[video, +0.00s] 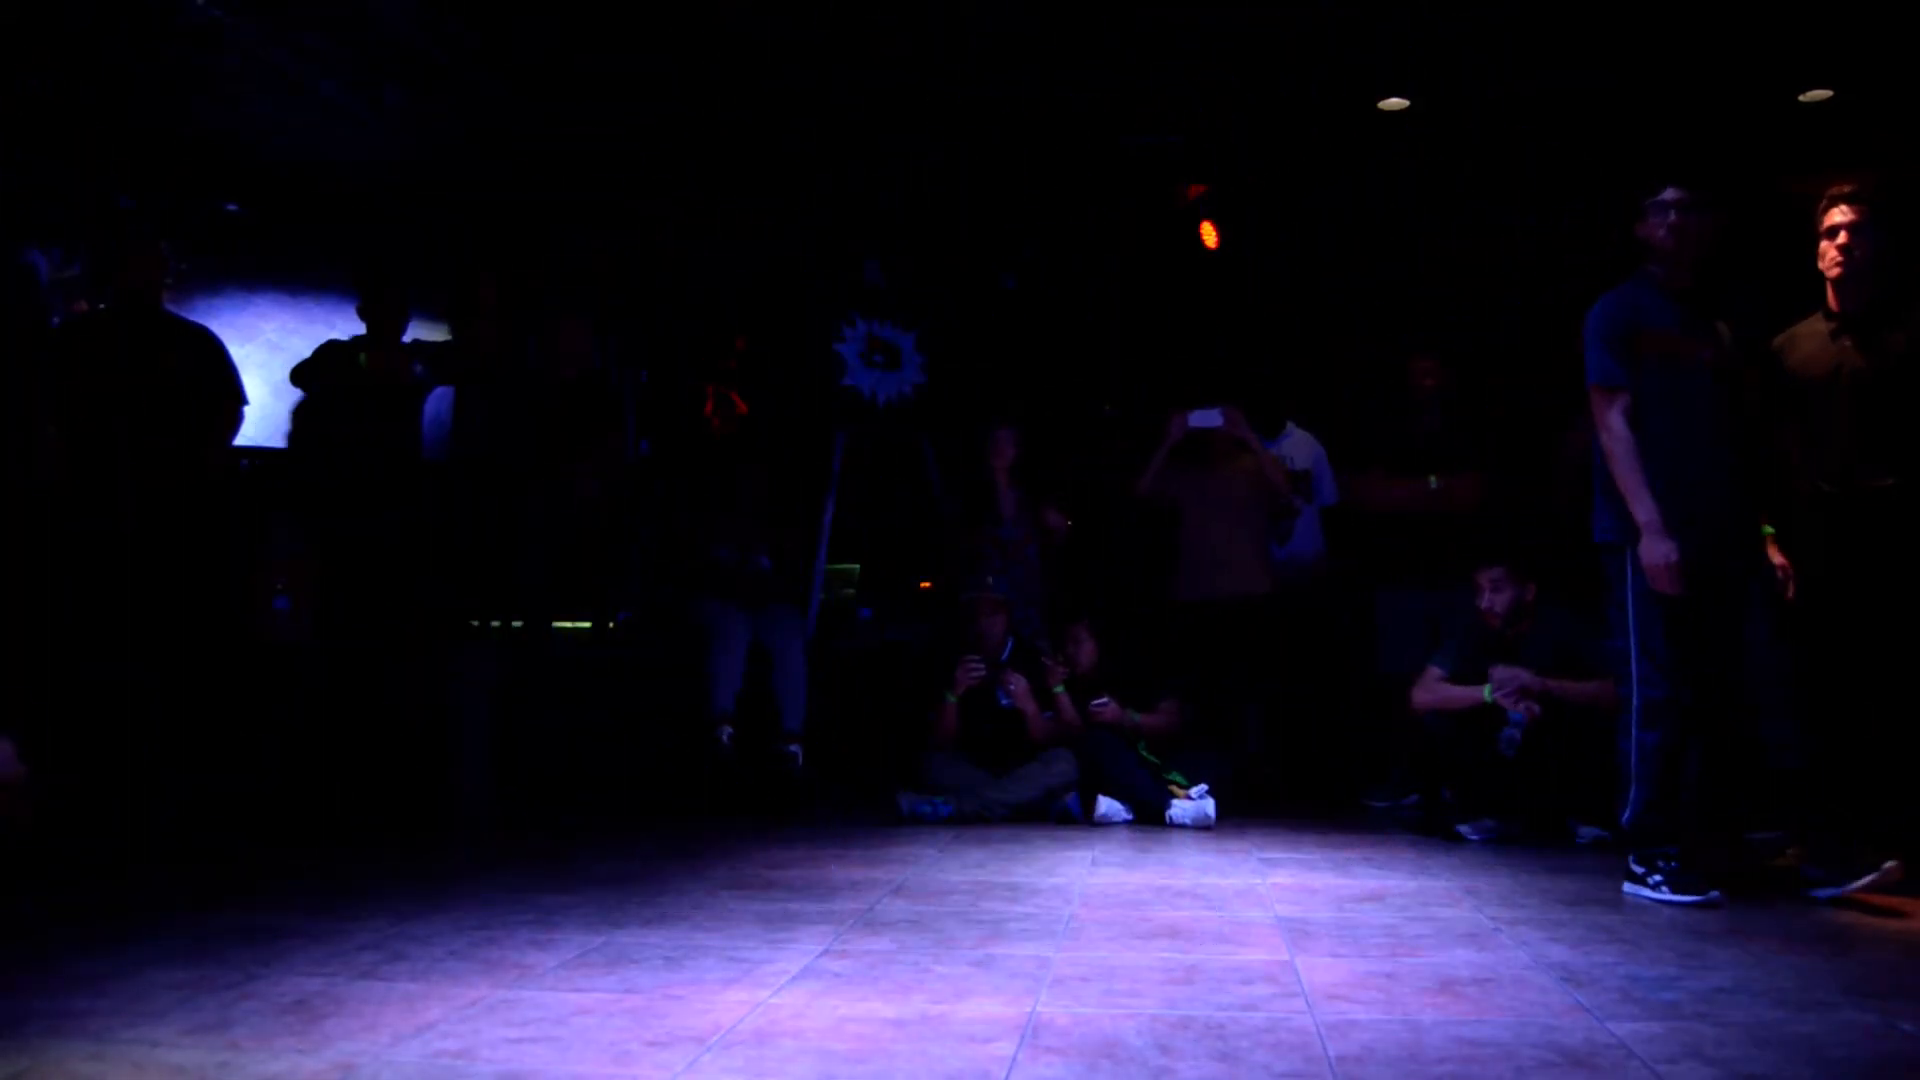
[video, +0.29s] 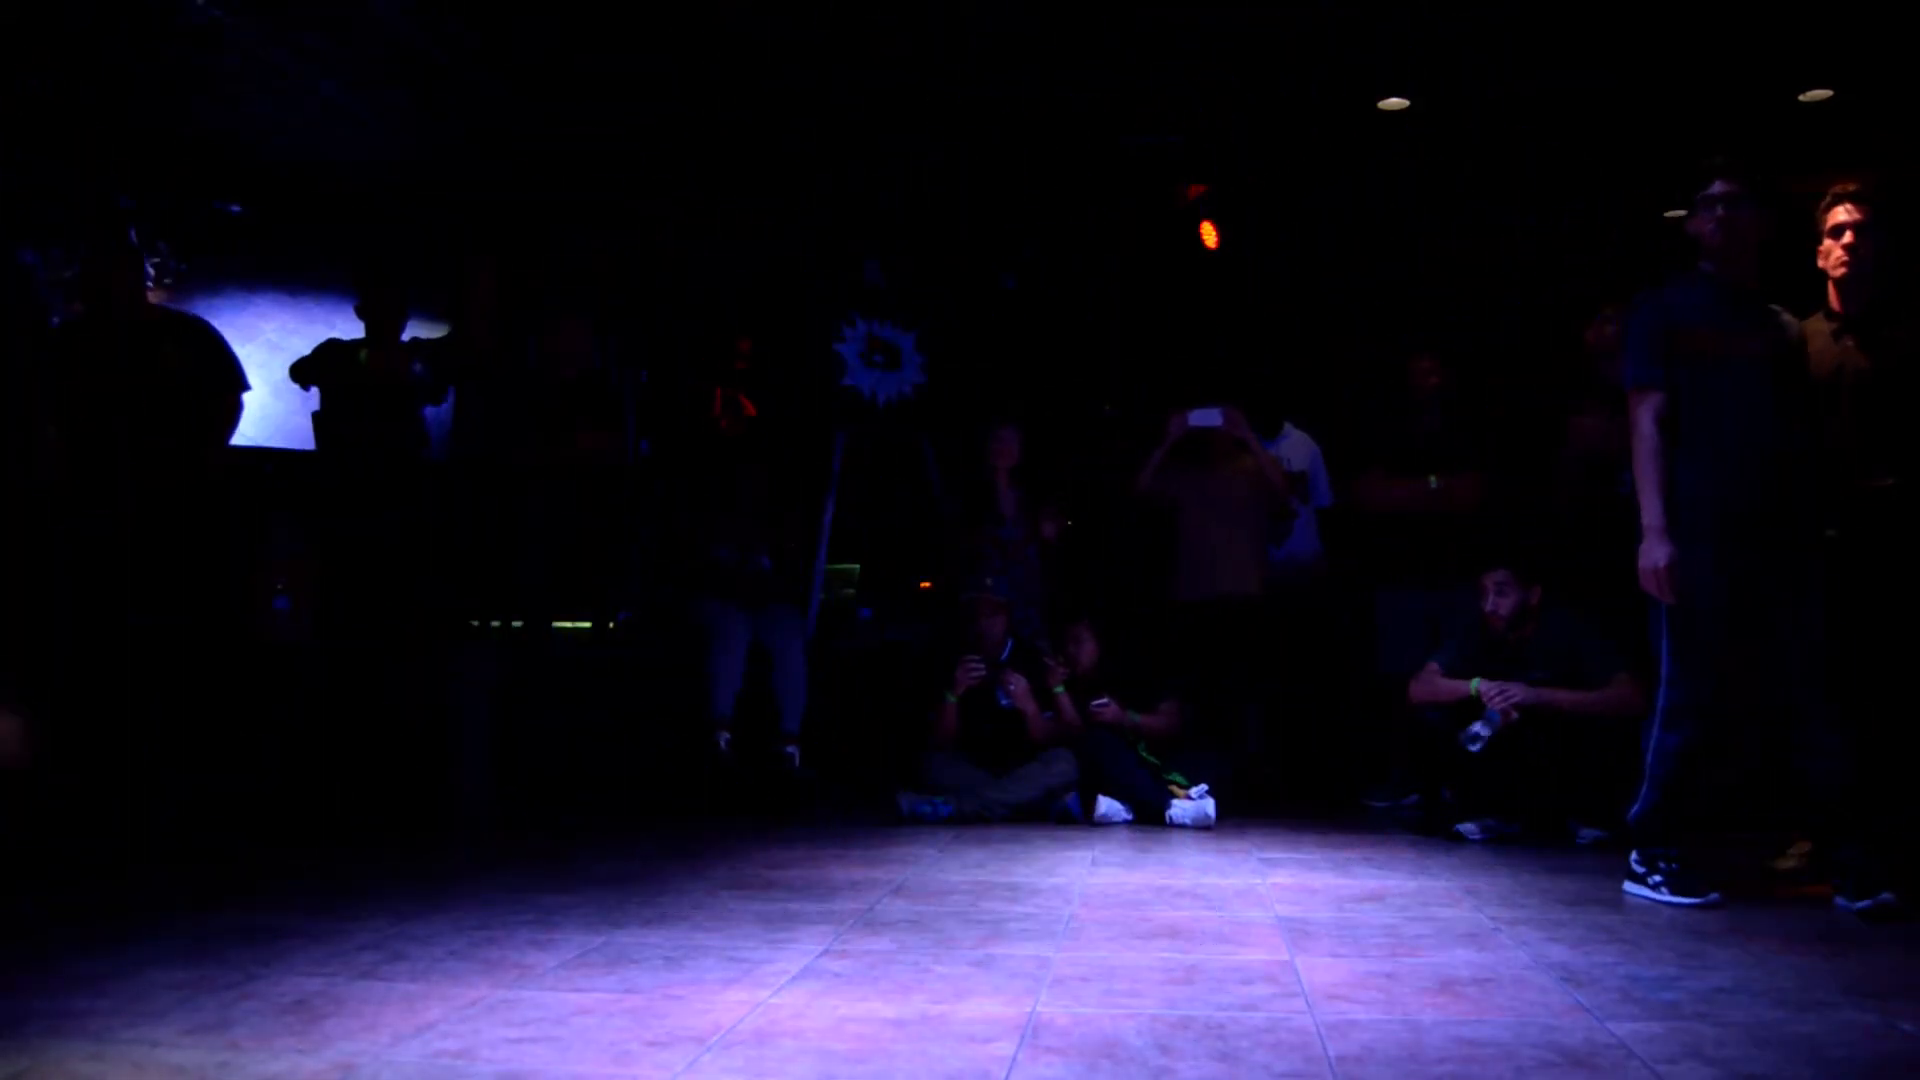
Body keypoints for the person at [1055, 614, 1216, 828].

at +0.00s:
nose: (1072, 652)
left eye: (1079, 643)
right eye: (1068, 645)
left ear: (1098, 644)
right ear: (1063, 650)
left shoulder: (1126, 679)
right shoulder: (1072, 685)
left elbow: (1168, 721)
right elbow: (1075, 730)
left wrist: (1122, 717)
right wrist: (1057, 687)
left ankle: (1127, 807)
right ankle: (1169, 806)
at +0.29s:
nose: (1073, 651)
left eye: (1080, 642)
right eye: (1069, 644)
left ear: (1099, 644)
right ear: (1063, 650)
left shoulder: (1126, 680)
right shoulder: (1072, 685)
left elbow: (1167, 723)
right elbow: (1075, 730)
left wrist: (1122, 718)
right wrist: (1057, 687)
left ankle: (1127, 806)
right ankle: (1169, 806)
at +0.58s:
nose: (1077, 650)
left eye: (1083, 641)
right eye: (1073, 643)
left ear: (1100, 644)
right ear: (1066, 648)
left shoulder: (1124, 680)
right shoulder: (1071, 685)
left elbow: (1166, 724)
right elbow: (1075, 729)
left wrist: (1122, 719)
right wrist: (1058, 688)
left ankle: (1126, 807)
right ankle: (1168, 807)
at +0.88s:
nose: (1079, 648)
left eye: (1086, 640)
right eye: (1075, 641)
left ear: (1105, 642)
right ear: (1068, 647)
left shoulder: (1133, 676)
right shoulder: (1077, 684)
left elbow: (1171, 721)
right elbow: (1077, 731)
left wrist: (1127, 719)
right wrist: (1060, 691)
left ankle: (1129, 807)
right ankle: (1170, 807)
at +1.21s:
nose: (1090, 644)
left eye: (1097, 635)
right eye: (1085, 636)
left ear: (1114, 639)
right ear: (1077, 643)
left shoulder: (1139, 676)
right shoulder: (1080, 682)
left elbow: (1176, 722)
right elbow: (1077, 732)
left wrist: (1132, 718)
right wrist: (1063, 694)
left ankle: (1130, 808)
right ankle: (1171, 807)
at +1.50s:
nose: (1103, 641)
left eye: (1110, 633)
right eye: (1099, 633)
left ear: (1127, 637)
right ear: (1091, 639)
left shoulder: (1147, 675)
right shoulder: (1088, 679)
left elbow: (1184, 723)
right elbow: (1080, 733)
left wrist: (1143, 717)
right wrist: (1068, 703)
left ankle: (1130, 808)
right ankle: (1170, 808)